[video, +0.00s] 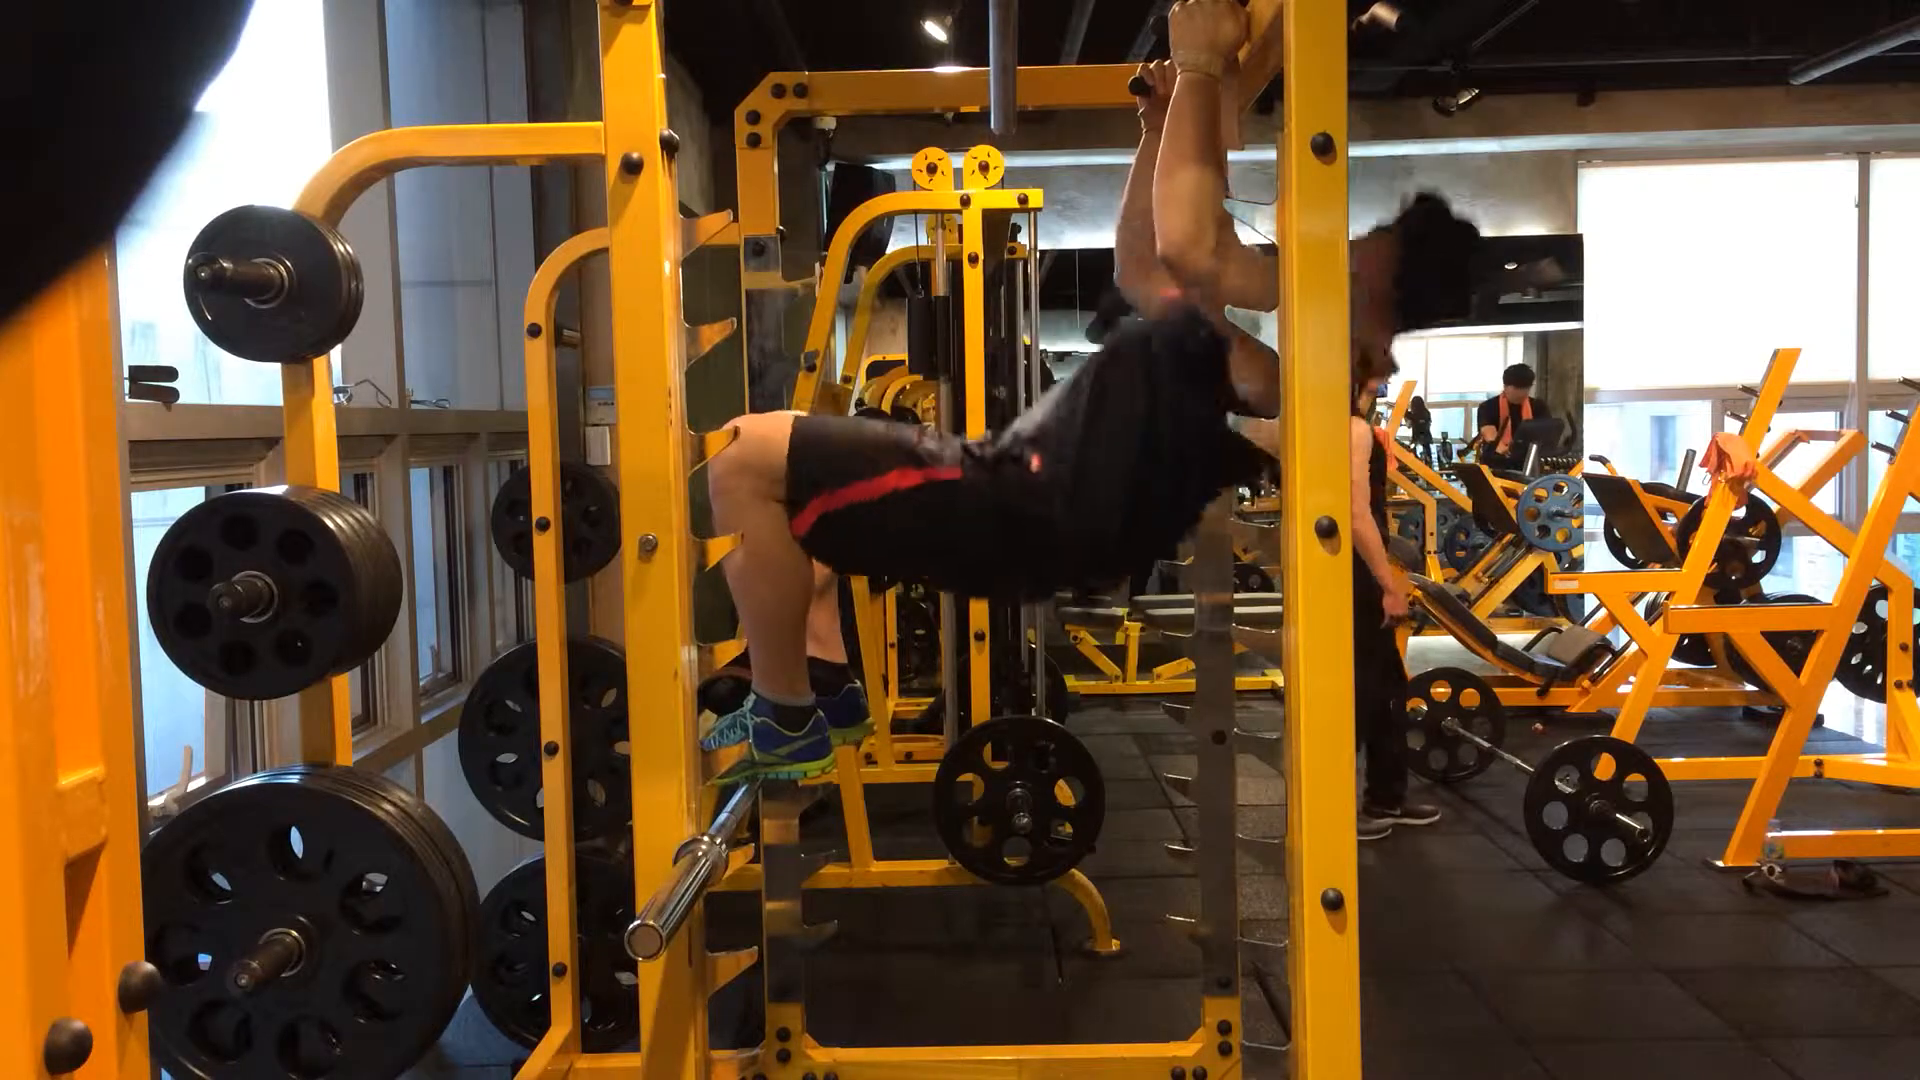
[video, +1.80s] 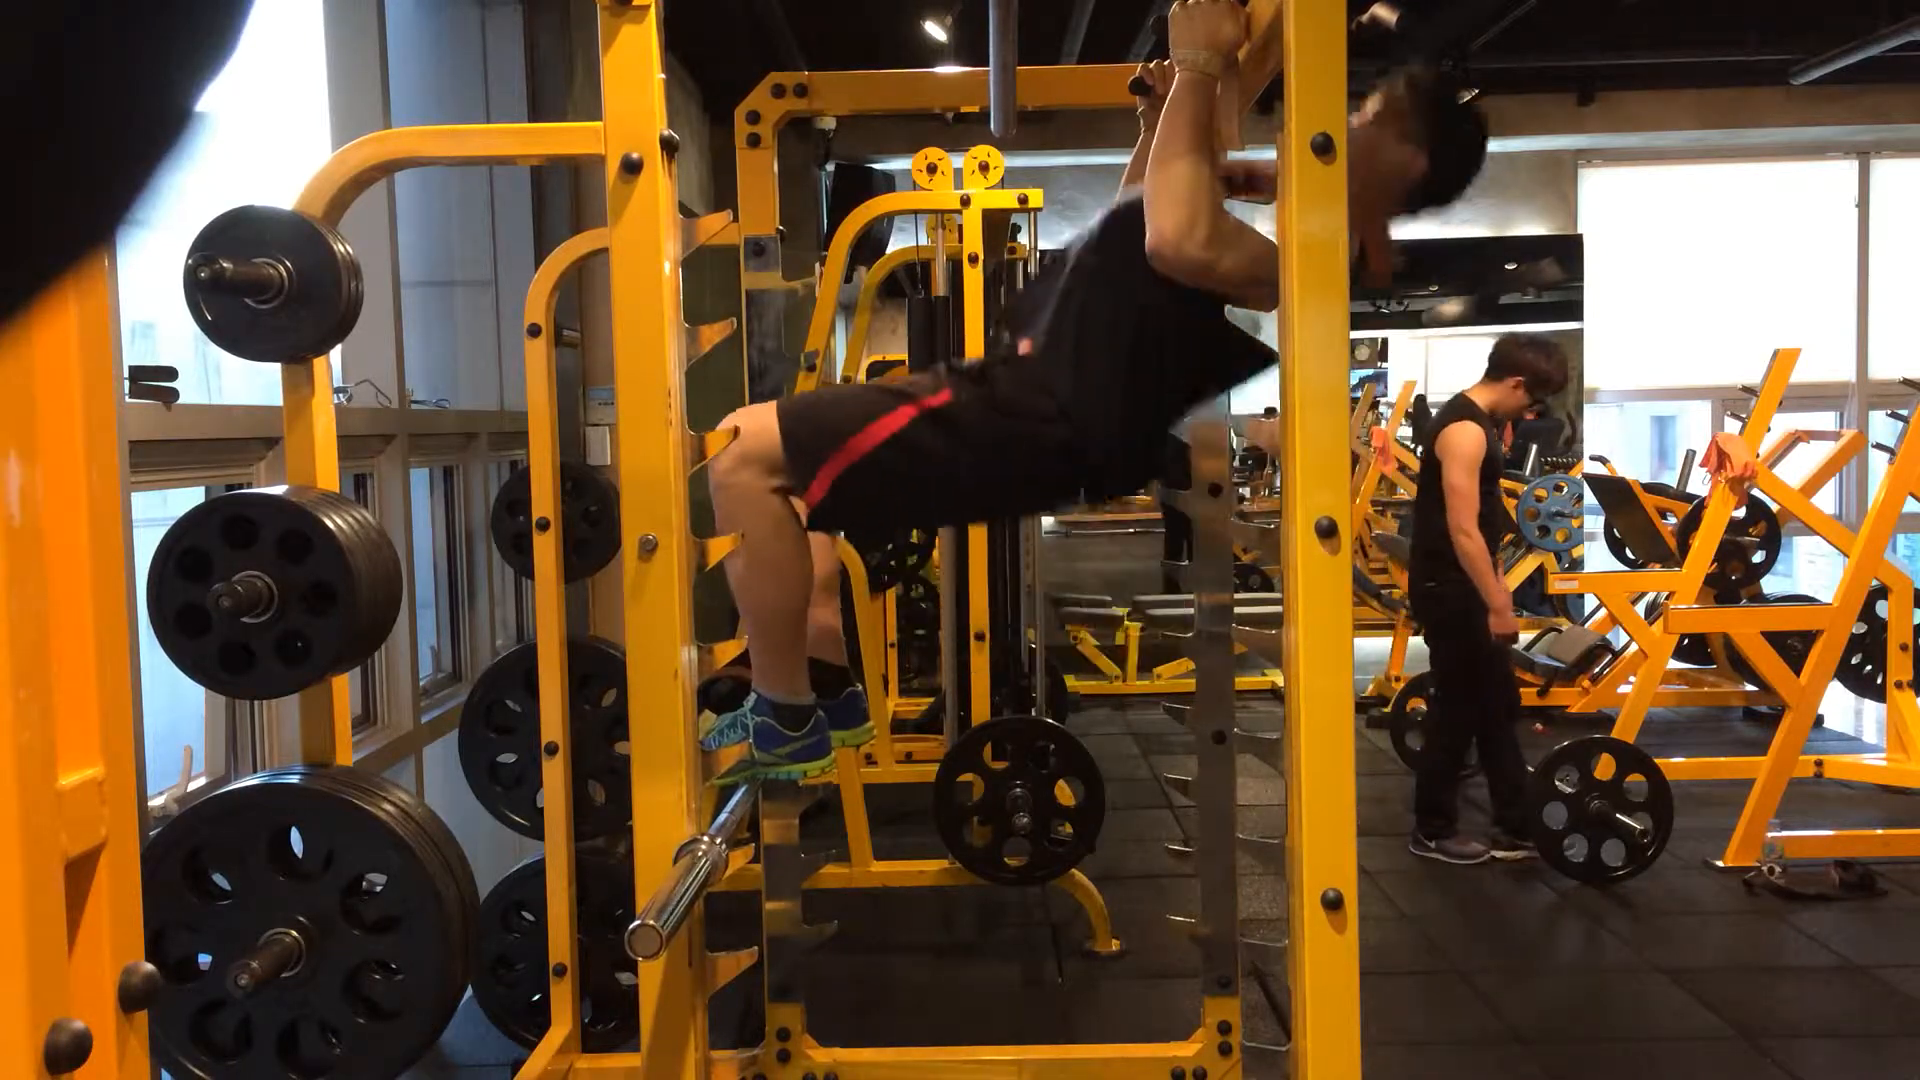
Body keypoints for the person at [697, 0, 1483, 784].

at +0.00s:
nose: (1355, 239)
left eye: (1376, 236)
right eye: (1372, 230)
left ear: (1394, 268)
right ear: (1412, 296)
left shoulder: (1346, 335)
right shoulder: (1305, 355)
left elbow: (1197, 254)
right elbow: (1142, 274)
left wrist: (1204, 71)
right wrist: (1151, 131)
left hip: (1028, 512)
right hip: (1022, 483)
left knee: (745, 465)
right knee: (767, 436)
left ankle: (783, 713)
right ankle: (820, 669)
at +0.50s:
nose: (1353, 251)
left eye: (1376, 256)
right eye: (1368, 246)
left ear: (1391, 300)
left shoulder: (1329, 376)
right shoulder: (1310, 337)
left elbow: (1192, 269)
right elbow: (1139, 266)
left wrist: (1207, 70)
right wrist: (1169, 105)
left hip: (1019, 488)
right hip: (1008, 447)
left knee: (725, 487)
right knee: (729, 439)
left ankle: (776, 712)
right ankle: (821, 670)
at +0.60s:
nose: (1362, 180)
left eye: (1380, 185)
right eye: (1377, 177)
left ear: (1382, 217)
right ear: (1411, 262)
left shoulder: (1301, 281)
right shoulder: (1311, 278)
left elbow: (1164, 240)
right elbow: (1188, 213)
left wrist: (1199, 64)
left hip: (1018, 431)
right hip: (1013, 395)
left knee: (725, 483)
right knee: (729, 436)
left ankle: (776, 714)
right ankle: (819, 668)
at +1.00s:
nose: (1362, 164)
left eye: (1383, 169)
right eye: (1377, 157)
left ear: (1395, 225)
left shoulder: (1325, 283)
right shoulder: (1316, 274)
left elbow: (1181, 247)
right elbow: (1146, 236)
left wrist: (1205, 68)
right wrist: (1188, 92)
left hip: (1009, 445)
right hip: (1015, 418)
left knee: (735, 463)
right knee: (759, 428)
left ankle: (782, 713)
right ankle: (821, 663)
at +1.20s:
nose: (1342, 255)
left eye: (1368, 256)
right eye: (1358, 247)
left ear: (1389, 306)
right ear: (1373, 294)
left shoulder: (1302, 393)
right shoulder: (1259, 359)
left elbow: (1197, 257)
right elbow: (1144, 275)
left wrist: (1205, 74)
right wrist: (1159, 127)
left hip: (1007, 549)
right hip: (996, 509)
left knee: (742, 466)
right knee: (769, 438)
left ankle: (783, 712)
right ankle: (823, 671)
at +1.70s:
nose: (1356, 185)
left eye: (1382, 186)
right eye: (1371, 175)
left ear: (1410, 236)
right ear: (1385, 221)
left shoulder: (1343, 295)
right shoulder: (1327, 312)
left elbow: (1190, 252)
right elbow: (1137, 255)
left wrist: (1208, 68)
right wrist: (1170, 104)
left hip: (1025, 472)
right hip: (1023, 447)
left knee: (740, 471)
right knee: (752, 431)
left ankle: (782, 714)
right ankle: (821, 664)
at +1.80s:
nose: (1357, 119)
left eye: (1382, 120)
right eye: (1370, 105)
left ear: (1412, 172)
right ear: (1362, 125)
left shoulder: (1339, 250)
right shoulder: (1315, 210)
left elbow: (1185, 241)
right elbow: (1157, 216)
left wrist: (1203, 71)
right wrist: (1190, 90)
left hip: (1057, 423)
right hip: (1039, 387)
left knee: (745, 460)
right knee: (768, 431)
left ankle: (783, 714)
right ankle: (821, 670)